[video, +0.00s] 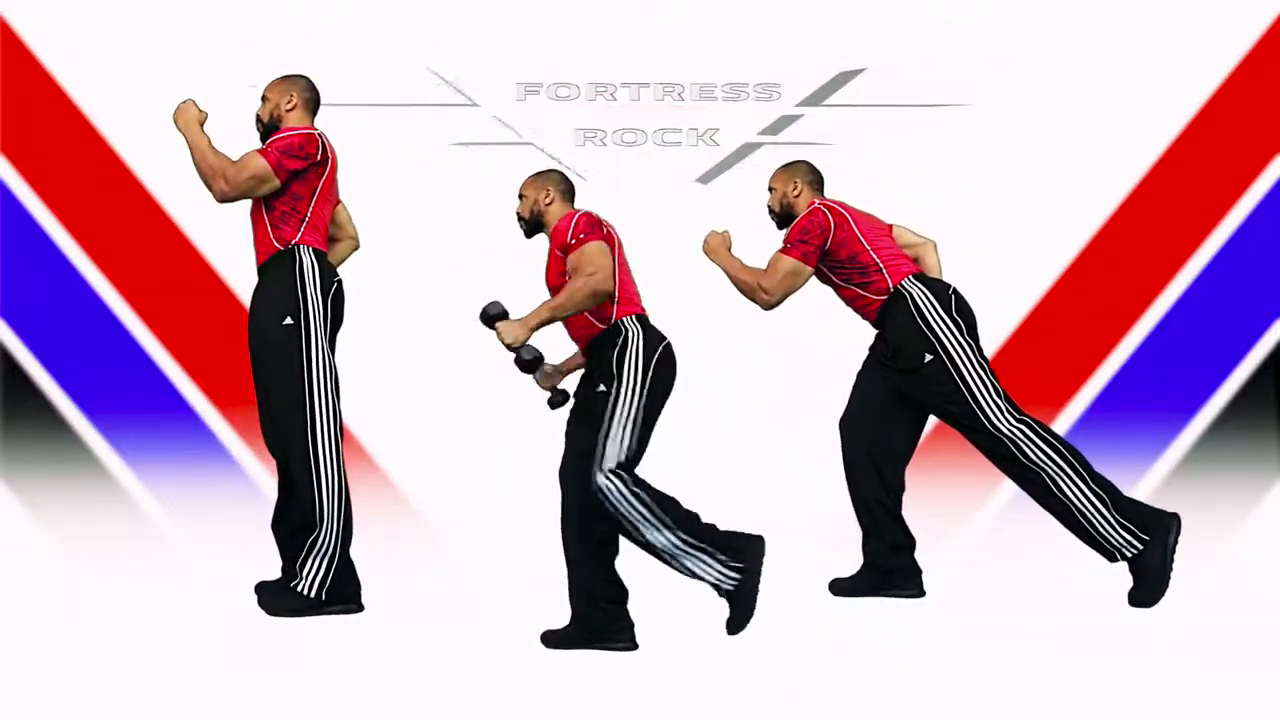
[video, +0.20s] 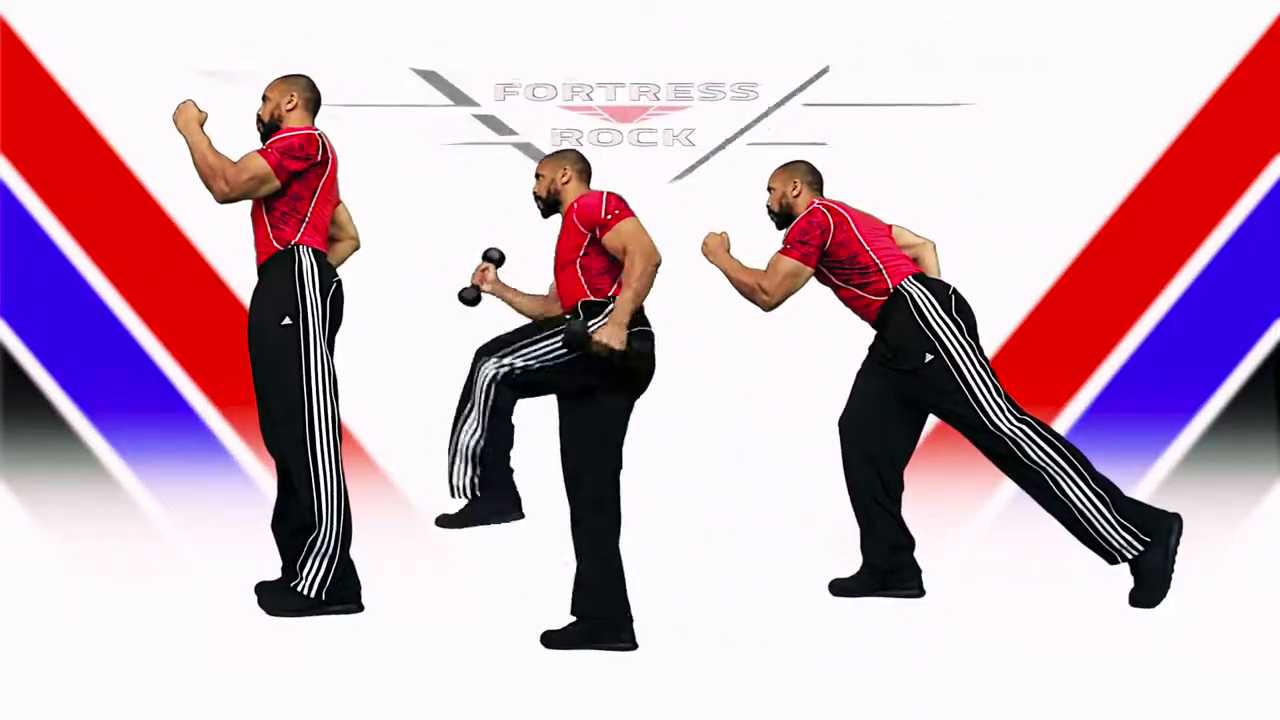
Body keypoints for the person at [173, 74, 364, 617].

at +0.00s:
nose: (257, 108)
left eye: (264, 99)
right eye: (260, 101)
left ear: (288, 101)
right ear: (297, 105)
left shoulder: (302, 142)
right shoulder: (301, 156)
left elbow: (226, 184)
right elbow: (345, 237)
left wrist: (193, 130)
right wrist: (298, 284)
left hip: (297, 284)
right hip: (288, 288)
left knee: (310, 430)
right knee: (290, 433)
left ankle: (326, 581)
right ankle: (305, 573)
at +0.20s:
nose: (258, 109)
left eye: (265, 99)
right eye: (260, 101)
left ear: (289, 101)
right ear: (298, 105)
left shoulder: (303, 142)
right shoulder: (302, 156)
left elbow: (226, 185)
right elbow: (345, 237)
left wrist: (193, 131)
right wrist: (297, 283)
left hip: (297, 284)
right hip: (288, 288)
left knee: (309, 430)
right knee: (289, 433)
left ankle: (326, 581)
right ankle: (305, 573)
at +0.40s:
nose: (258, 109)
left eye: (264, 99)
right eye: (260, 101)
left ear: (288, 101)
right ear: (297, 105)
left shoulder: (303, 142)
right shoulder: (301, 156)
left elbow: (227, 185)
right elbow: (345, 237)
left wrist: (193, 131)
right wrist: (297, 283)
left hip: (297, 285)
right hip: (288, 288)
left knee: (309, 429)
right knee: (289, 433)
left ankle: (327, 581)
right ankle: (304, 573)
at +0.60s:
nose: (258, 110)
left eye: (265, 100)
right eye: (261, 102)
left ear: (288, 102)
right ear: (298, 107)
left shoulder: (304, 144)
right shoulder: (303, 158)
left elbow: (238, 193)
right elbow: (337, 246)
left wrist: (194, 145)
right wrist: (285, 280)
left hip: (298, 285)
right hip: (288, 287)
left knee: (308, 428)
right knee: (287, 432)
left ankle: (326, 581)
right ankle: (304, 572)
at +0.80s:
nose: (261, 114)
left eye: (267, 105)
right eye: (263, 106)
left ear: (290, 108)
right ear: (295, 112)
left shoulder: (310, 149)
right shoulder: (283, 169)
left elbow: (294, 219)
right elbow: (287, 259)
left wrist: (221, 214)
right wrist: (240, 252)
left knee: (278, 417)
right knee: (245, 411)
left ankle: (303, 564)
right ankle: (315, 555)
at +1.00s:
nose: (260, 118)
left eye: (267, 109)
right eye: (262, 111)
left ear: (292, 112)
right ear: (292, 116)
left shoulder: (311, 149)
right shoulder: (287, 177)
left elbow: (354, 209)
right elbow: (236, 234)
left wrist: (299, 253)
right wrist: (208, 183)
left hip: (296, 287)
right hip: (301, 298)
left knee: (189, 332)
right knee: (292, 440)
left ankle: (215, 464)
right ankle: (314, 572)